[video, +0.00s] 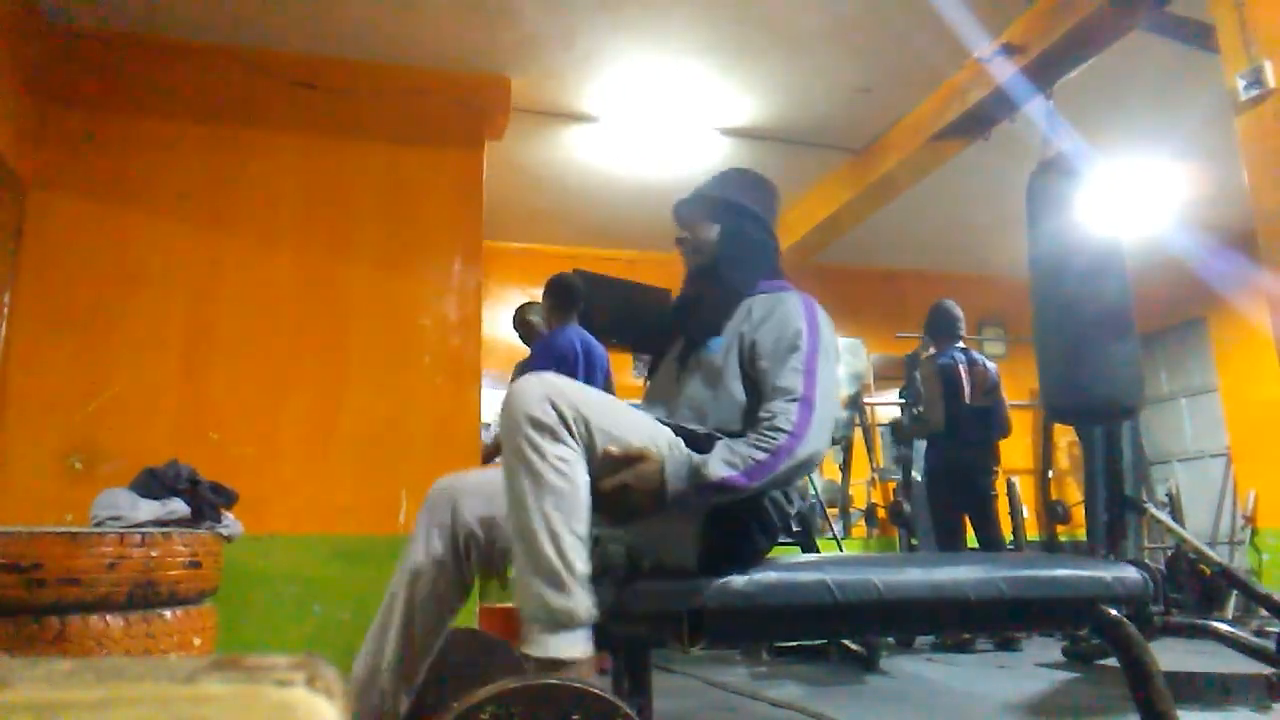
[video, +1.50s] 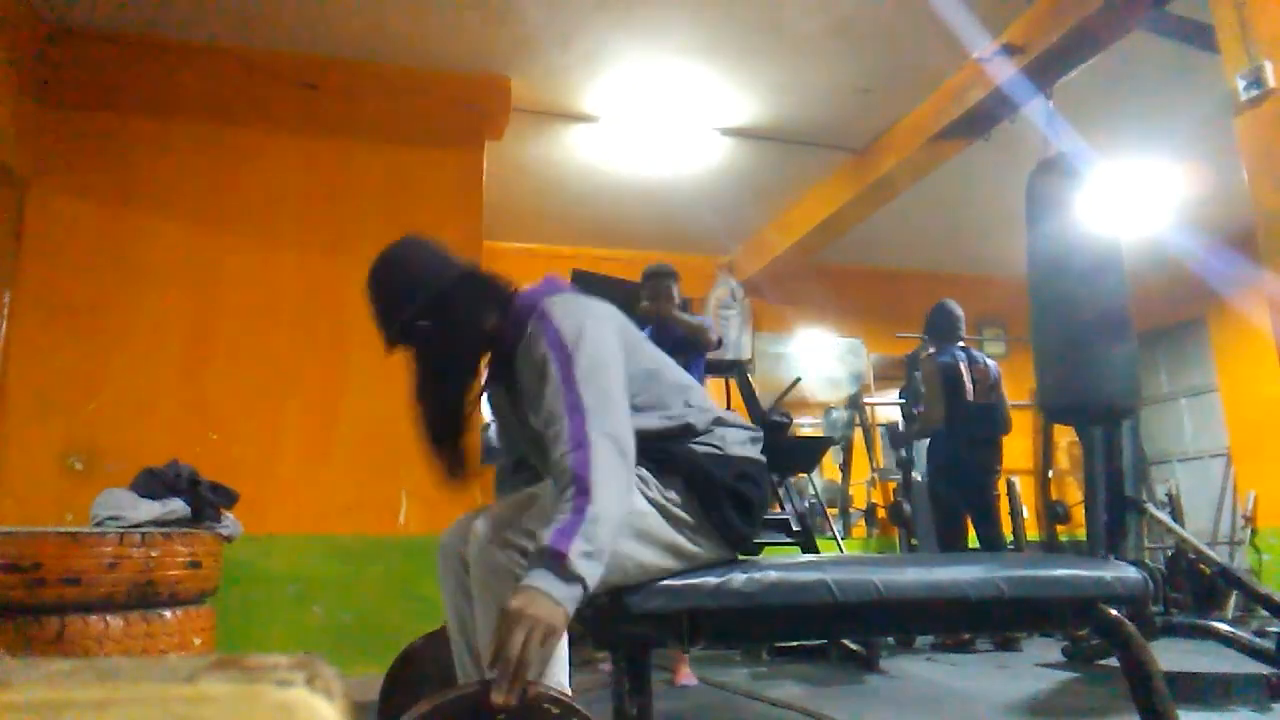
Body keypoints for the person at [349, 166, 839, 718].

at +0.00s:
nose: (682, 242)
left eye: (696, 229)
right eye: (682, 231)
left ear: (738, 234)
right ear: (697, 235)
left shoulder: (787, 311)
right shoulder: (692, 319)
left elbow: (795, 434)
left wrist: (675, 475)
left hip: (723, 512)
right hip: (657, 505)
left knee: (540, 400)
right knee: (455, 504)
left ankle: (561, 655)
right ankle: (371, 705)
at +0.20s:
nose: (693, 236)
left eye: (708, 224)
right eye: (693, 225)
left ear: (749, 233)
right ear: (701, 232)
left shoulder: (794, 317)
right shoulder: (696, 316)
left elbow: (806, 446)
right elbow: (668, 422)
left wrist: (703, 499)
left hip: (725, 505)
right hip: (657, 483)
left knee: (543, 429)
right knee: (471, 442)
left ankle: (588, 675)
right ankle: (447, 654)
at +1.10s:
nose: (612, 252)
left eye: (617, 234)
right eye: (606, 239)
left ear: (654, 223)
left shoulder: (730, 293)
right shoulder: (641, 313)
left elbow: (772, 426)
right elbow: (627, 433)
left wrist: (679, 501)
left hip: (699, 500)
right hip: (631, 489)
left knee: (505, 516)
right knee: (451, 523)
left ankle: (536, 705)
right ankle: (484, 706)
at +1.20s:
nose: (566, 264)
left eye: (571, 244)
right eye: (561, 248)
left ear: (602, 229)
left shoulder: (693, 289)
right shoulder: (603, 319)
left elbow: (729, 428)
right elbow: (601, 450)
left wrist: (650, 511)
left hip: (695, 503)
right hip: (627, 497)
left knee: (483, 534)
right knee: (443, 534)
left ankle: (534, 709)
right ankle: (485, 706)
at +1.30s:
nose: (509, 280)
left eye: (511, 261)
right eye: (500, 266)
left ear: (542, 240)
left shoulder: (639, 289)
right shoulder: (561, 319)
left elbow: (677, 427)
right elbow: (555, 445)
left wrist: (614, 536)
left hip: (699, 501)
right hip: (624, 488)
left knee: (483, 532)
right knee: (445, 536)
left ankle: (531, 710)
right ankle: (486, 708)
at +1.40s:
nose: (459, 315)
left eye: (455, 295)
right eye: (449, 301)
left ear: (483, 276)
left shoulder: (592, 299)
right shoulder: (528, 333)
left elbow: (628, 437)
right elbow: (544, 457)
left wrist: (586, 558)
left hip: (701, 499)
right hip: (640, 495)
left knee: (491, 536)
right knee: (452, 539)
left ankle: (533, 708)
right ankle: (486, 706)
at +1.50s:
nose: (425, 351)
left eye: (418, 334)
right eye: (413, 340)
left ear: (441, 314)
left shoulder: (564, 322)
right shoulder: (509, 368)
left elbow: (599, 457)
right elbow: (521, 482)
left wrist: (555, 583)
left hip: (704, 490)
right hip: (641, 488)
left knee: (503, 543)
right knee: (461, 543)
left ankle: (541, 707)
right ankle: (489, 702)